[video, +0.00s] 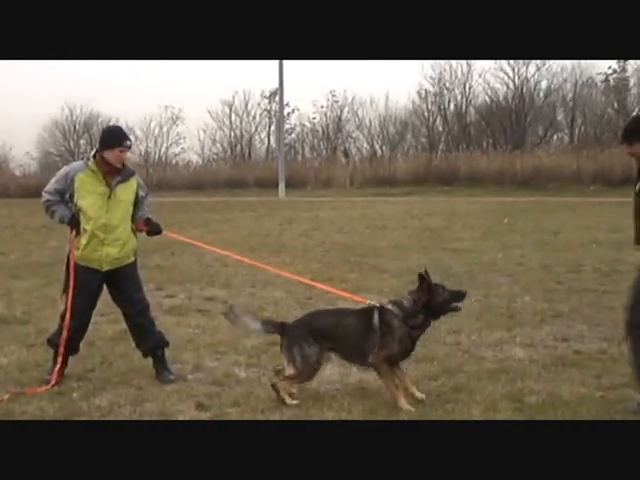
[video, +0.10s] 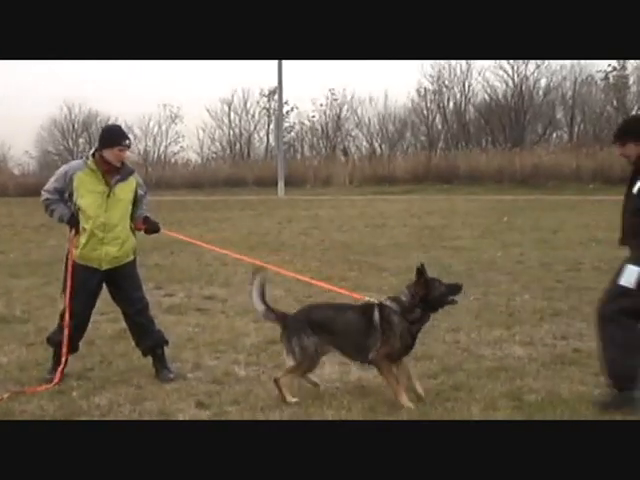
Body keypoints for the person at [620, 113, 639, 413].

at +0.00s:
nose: (630, 153)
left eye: (631, 146)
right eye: (629, 147)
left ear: (636, 145)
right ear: (630, 146)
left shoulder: (636, 184)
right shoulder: (635, 184)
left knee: (633, 323)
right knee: (632, 323)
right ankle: (634, 376)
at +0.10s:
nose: (621, 152)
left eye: (624, 146)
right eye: (620, 146)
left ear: (637, 144)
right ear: (630, 145)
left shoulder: (638, 176)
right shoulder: (635, 174)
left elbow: (635, 226)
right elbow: (633, 220)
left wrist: (634, 263)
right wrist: (632, 258)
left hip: (636, 259)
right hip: (633, 256)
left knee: (613, 311)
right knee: (613, 309)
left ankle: (626, 386)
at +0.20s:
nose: (607, 145)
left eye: (610, 138)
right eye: (606, 139)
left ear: (626, 136)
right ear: (623, 137)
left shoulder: (633, 165)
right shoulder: (628, 163)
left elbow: (631, 217)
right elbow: (626, 212)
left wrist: (621, 256)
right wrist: (620, 252)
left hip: (631, 252)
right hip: (628, 250)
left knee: (598, 305)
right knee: (601, 307)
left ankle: (573, 376)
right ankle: (574, 374)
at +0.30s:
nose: (579, 143)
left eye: (581, 136)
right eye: (577, 137)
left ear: (597, 132)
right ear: (600, 132)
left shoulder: (617, 161)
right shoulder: (609, 158)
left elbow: (622, 211)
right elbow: (613, 207)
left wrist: (605, 248)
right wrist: (600, 241)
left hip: (616, 251)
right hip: (618, 250)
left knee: (580, 306)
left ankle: (555, 377)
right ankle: (556, 376)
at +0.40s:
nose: (554, 147)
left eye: (555, 140)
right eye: (552, 141)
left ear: (566, 137)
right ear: (584, 132)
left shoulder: (580, 156)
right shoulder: (615, 154)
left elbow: (584, 210)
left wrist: (569, 209)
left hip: (600, 253)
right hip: (628, 252)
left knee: (560, 307)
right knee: (632, 309)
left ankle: (539, 378)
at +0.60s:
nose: (529, 144)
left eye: (529, 138)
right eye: (527, 139)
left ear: (539, 132)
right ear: (556, 126)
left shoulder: (554, 144)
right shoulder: (594, 146)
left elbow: (525, 161)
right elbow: (616, 190)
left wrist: (481, 157)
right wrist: (613, 226)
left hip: (584, 239)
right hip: (613, 236)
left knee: (547, 300)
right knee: (608, 299)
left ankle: (532, 377)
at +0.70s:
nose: (529, 132)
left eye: (530, 125)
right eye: (527, 127)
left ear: (542, 120)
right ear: (559, 115)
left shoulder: (557, 134)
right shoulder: (591, 140)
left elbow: (553, 160)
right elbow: (606, 188)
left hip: (571, 237)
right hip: (603, 236)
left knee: (540, 299)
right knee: (603, 299)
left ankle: (529, 374)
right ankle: (632, 361)